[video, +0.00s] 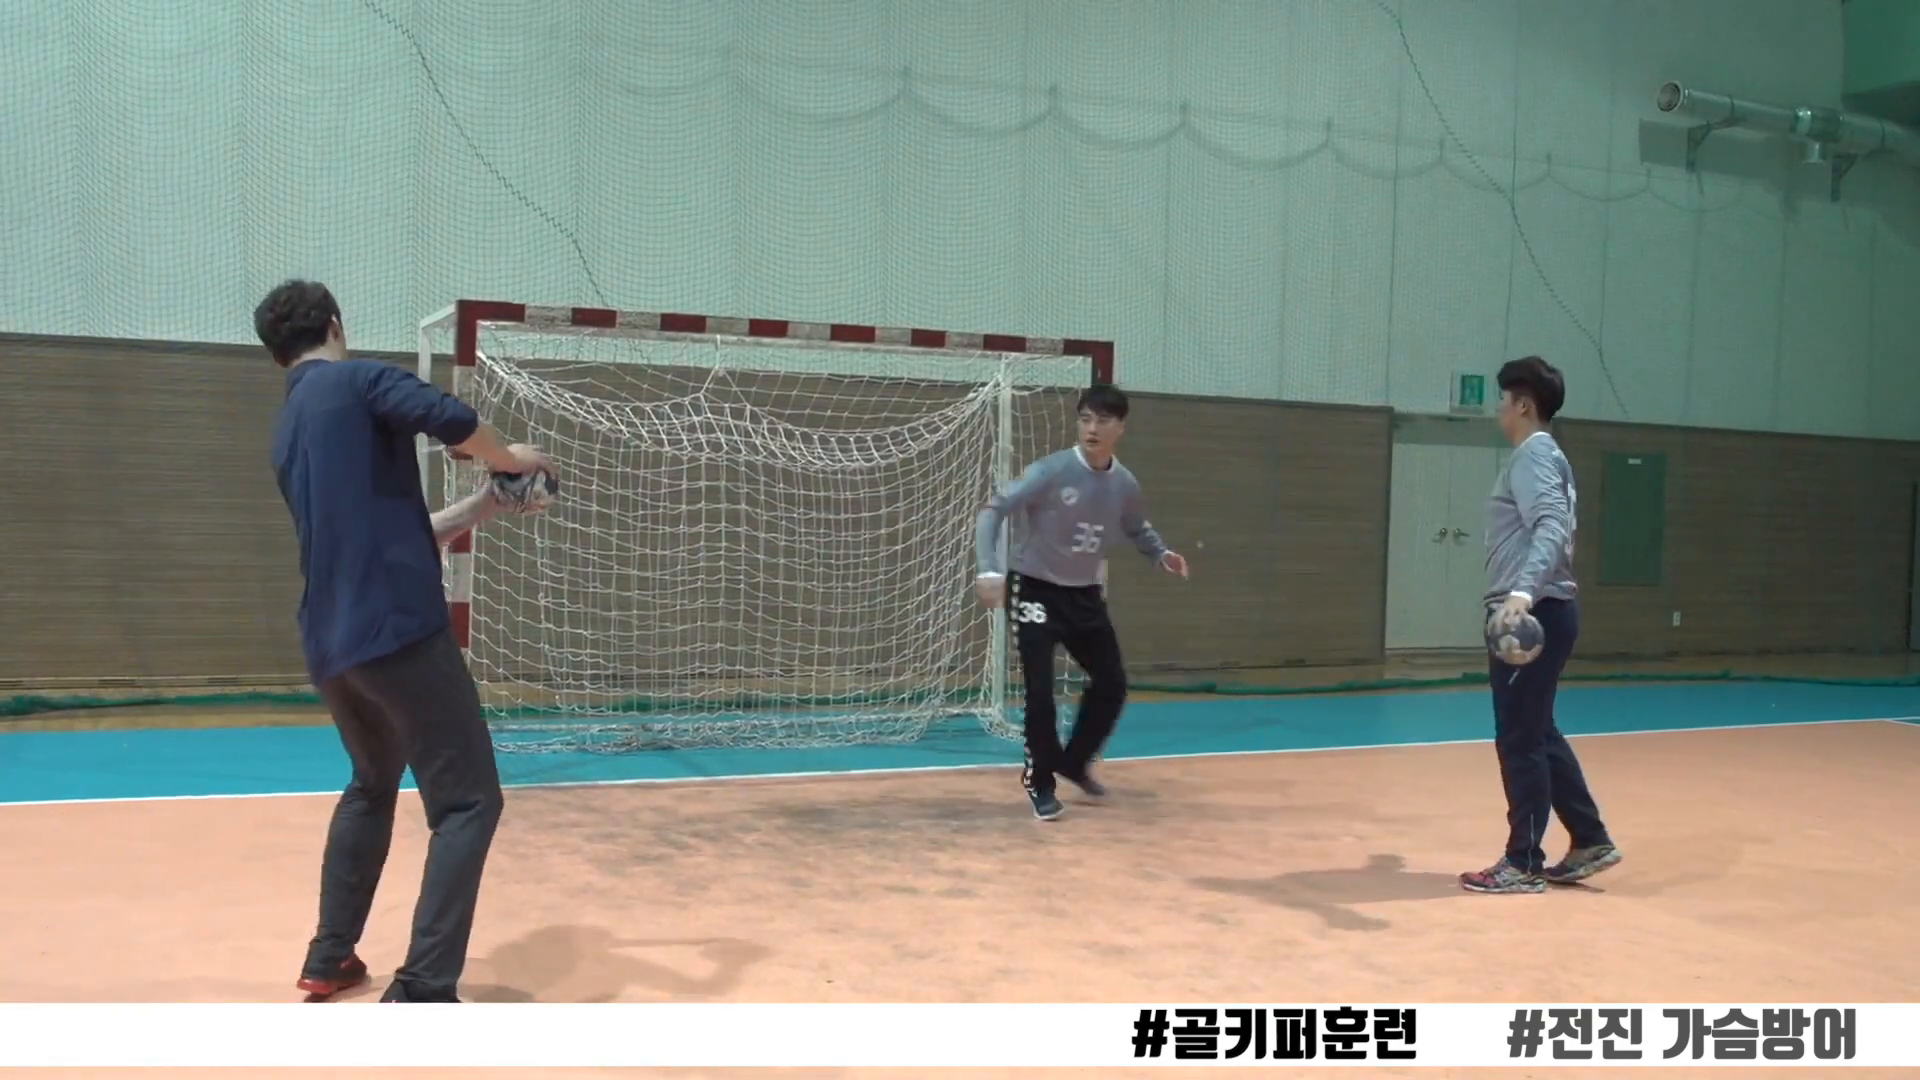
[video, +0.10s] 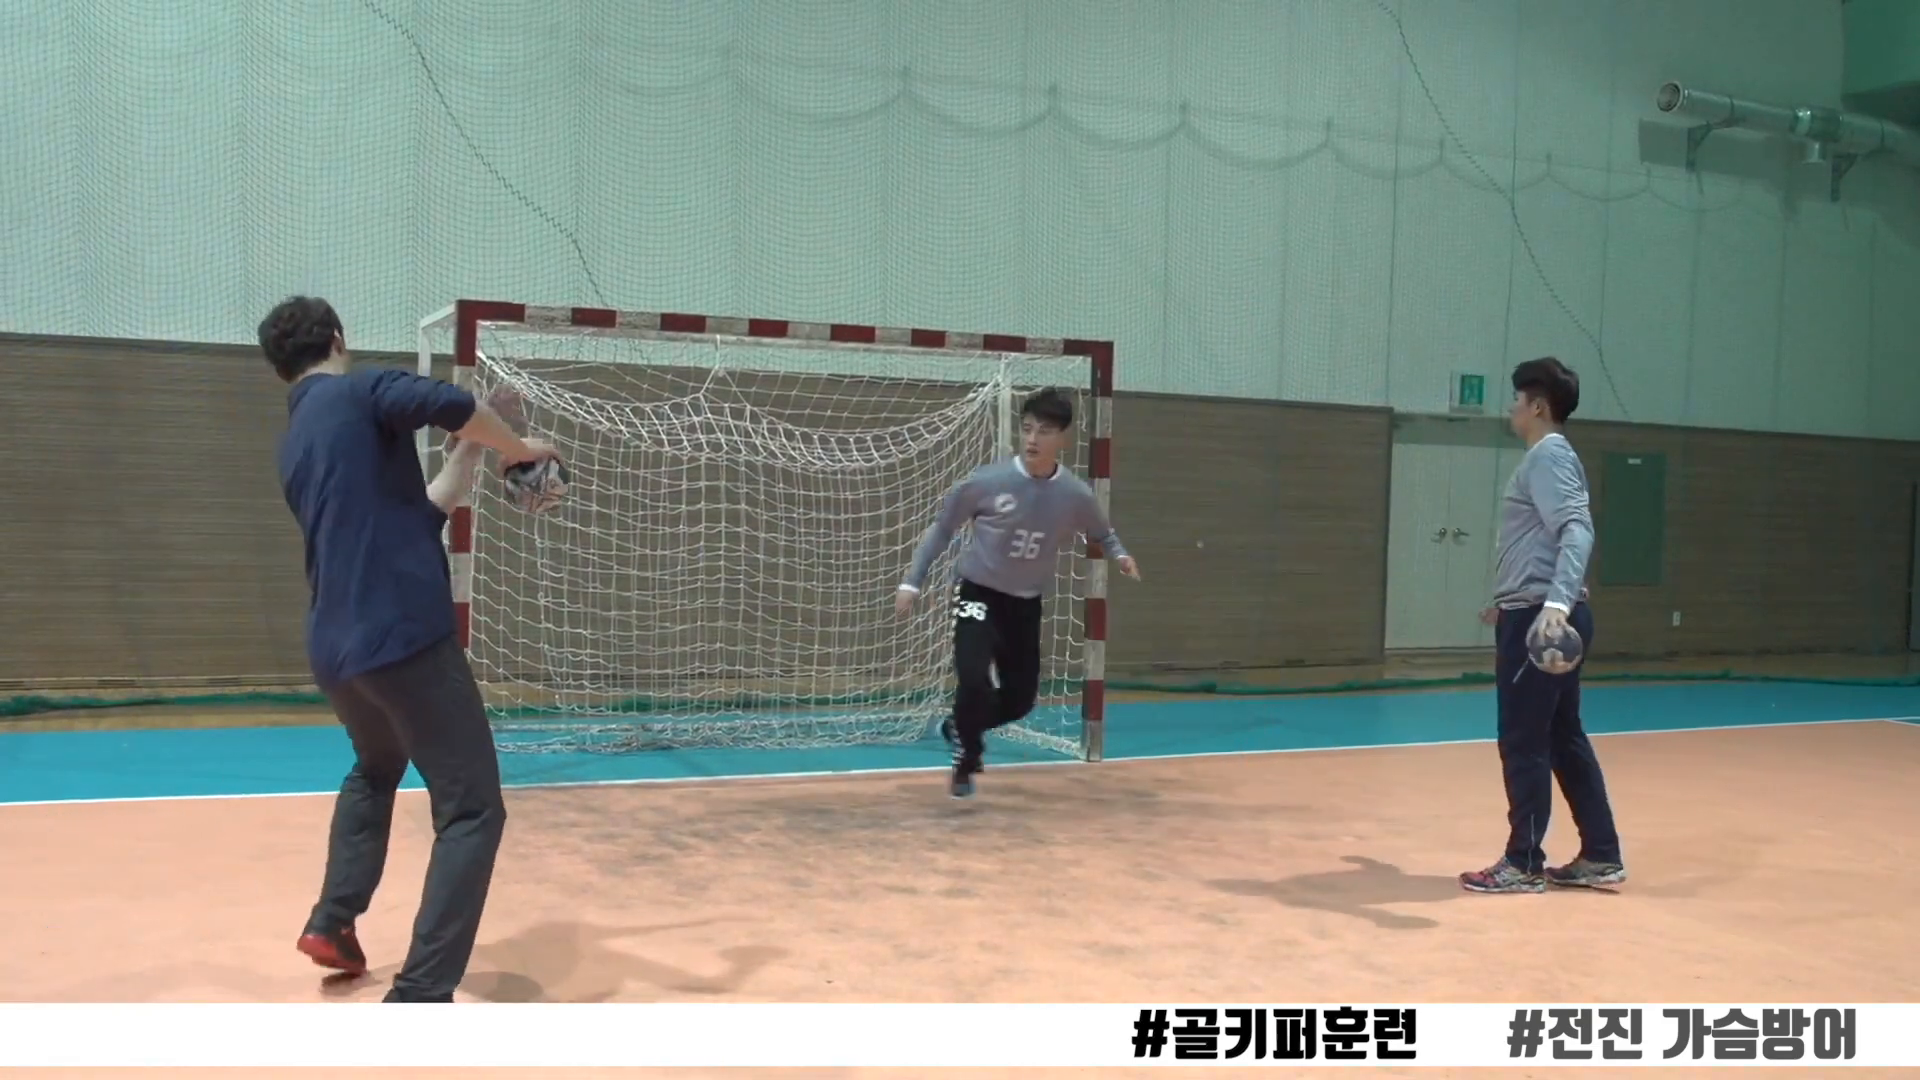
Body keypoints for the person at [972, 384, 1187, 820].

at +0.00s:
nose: (1092, 429)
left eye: (1103, 422)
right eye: (1086, 419)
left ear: (1121, 429)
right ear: (1076, 423)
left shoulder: (1124, 485)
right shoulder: (1051, 471)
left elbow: (1138, 530)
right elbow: (992, 511)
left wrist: (1162, 554)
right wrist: (989, 570)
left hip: (1084, 594)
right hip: (1035, 590)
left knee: (1111, 685)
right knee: (1040, 691)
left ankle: (1074, 761)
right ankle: (1042, 784)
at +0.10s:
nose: (1032, 439)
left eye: (1044, 431)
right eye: (1027, 429)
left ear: (1064, 439)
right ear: (1020, 432)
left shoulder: (1076, 496)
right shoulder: (986, 482)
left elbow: (1104, 534)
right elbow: (942, 528)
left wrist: (1121, 554)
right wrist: (912, 582)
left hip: (1024, 603)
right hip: (976, 595)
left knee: (1020, 699)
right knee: (973, 682)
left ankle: (960, 726)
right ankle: (966, 762)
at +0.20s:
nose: (977, 469)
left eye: (988, 461)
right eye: (972, 460)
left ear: (1007, 469)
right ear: (965, 465)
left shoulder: (1024, 527)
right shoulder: (937, 515)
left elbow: (1056, 561)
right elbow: (899, 568)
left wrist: (1073, 576)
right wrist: (866, 613)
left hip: (967, 630)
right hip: (920, 619)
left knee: (951, 708)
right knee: (903, 693)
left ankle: (916, 764)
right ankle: (849, 753)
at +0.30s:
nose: (920, 472)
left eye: (932, 465)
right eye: (917, 463)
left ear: (951, 473)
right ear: (910, 468)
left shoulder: (967, 533)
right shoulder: (879, 517)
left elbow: (1012, 578)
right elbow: (840, 560)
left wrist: (1011, 563)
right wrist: (795, 594)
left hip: (923, 647)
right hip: (869, 636)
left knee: (934, 726)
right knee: (820, 695)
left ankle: (920, 767)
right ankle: (771, 772)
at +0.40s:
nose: (859, 463)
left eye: (871, 456)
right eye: (855, 454)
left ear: (893, 468)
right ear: (848, 458)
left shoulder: (906, 534)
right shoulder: (813, 504)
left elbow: (937, 571)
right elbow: (772, 535)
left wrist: (957, 580)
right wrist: (721, 557)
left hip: (861, 641)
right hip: (806, 632)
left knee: (892, 725)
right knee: (766, 708)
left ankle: (919, 756)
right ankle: (766, 788)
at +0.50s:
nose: (813, 463)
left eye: (825, 457)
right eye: (810, 453)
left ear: (847, 469)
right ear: (804, 457)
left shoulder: (856, 531)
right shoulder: (768, 498)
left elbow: (886, 572)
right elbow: (716, 513)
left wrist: (907, 594)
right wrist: (688, 528)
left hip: (810, 624)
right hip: (760, 617)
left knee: (812, 696)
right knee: (747, 700)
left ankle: (831, 790)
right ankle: (767, 786)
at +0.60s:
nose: (776, 452)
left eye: (789, 448)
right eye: (775, 443)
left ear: (810, 461)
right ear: (768, 446)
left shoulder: (813, 526)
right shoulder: (724, 491)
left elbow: (842, 571)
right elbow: (678, 530)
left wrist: (861, 593)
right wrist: (655, 553)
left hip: (751, 623)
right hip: (702, 615)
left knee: (724, 713)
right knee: (696, 724)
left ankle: (713, 823)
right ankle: (746, 761)